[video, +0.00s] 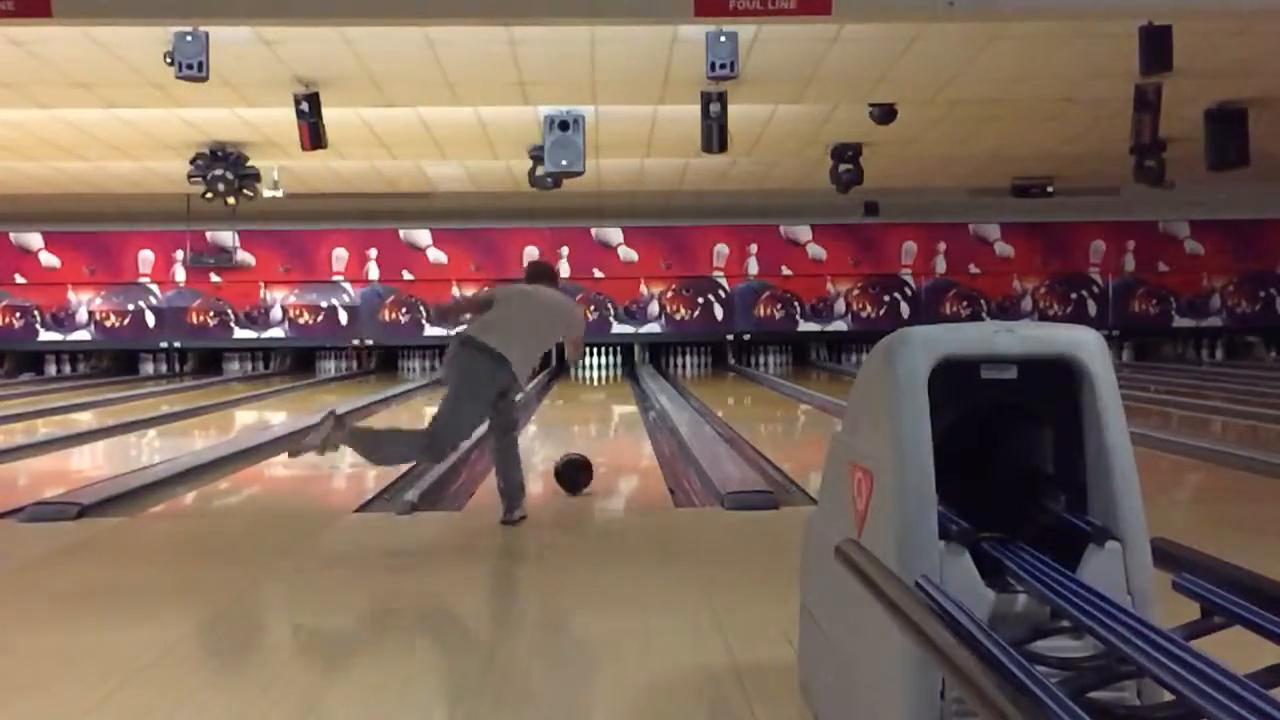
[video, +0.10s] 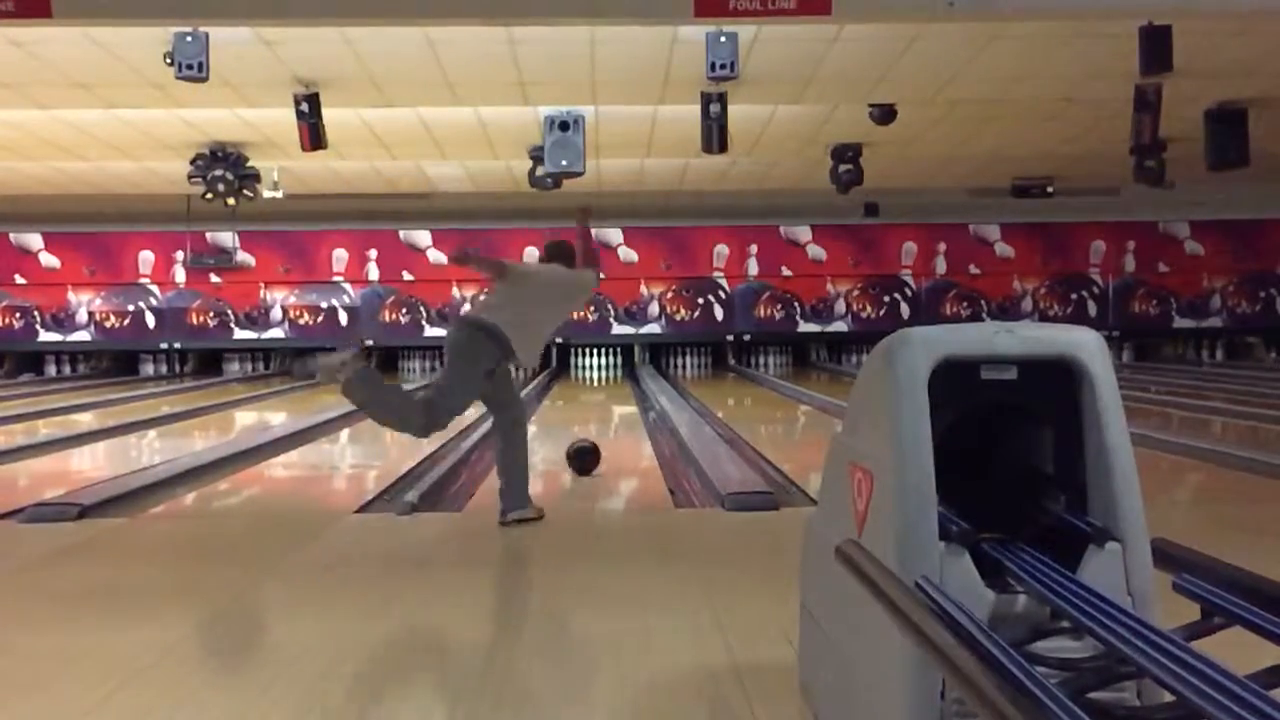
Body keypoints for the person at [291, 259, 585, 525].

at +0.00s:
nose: (532, 281)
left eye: (530, 277)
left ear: (529, 280)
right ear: (557, 283)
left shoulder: (510, 292)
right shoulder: (570, 310)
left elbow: (461, 305)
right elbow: (573, 357)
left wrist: (440, 315)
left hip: (463, 351)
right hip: (494, 369)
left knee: (504, 429)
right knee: (436, 444)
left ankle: (513, 507)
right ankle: (345, 433)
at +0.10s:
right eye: (577, 263)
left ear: (544, 260)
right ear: (574, 263)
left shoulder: (523, 271)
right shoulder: (576, 281)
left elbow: (494, 265)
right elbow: (593, 268)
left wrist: (466, 257)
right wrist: (586, 232)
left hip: (470, 345)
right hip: (481, 345)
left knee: (513, 419)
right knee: (425, 417)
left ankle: (515, 505)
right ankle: (353, 374)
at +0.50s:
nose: (587, 229)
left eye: (582, 222)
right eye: (587, 224)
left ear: (555, 214)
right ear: (584, 222)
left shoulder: (526, 232)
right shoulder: (577, 246)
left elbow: (477, 230)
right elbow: (620, 263)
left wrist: (426, 235)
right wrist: (650, 264)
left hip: (486, 330)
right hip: (489, 329)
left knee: (511, 415)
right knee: (442, 405)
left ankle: (505, 500)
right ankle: (374, 364)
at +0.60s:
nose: (583, 226)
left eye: (578, 218)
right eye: (584, 220)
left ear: (553, 211)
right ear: (581, 220)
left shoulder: (524, 231)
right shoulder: (573, 248)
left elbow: (475, 230)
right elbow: (617, 281)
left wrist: (422, 238)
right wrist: (645, 292)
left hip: (499, 343)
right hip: (483, 331)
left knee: (513, 417)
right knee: (449, 413)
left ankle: (505, 501)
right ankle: (361, 395)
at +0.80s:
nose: (584, 220)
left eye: (578, 211)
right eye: (584, 214)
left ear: (553, 208)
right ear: (581, 215)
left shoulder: (524, 228)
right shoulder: (576, 251)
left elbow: (468, 232)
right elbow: (606, 300)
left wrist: (417, 248)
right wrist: (631, 336)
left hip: (498, 341)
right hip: (484, 335)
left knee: (514, 415)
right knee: (456, 417)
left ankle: (504, 500)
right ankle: (368, 443)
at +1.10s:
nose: (577, 215)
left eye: (573, 205)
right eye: (579, 208)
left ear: (550, 201)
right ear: (578, 209)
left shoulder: (525, 222)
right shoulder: (563, 241)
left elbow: (469, 234)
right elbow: (568, 304)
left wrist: (422, 250)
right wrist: (571, 359)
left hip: (498, 336)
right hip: (490, 333)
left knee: (514, 419)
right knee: (459, 417)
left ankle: (505, 501)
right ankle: (390, 481)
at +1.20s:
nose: (576, 213)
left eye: (574, 205)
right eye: (578, 207)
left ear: (548, 199)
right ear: (576, 207)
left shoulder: (523, 220)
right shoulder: (559, 239)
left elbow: (472, 235)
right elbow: (545, 299)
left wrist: (426, 254)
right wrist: (544, 361)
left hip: (498, 336)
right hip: (489, 332)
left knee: (518, 416)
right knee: (461, 415)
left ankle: (505, 500)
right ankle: (393, 484)